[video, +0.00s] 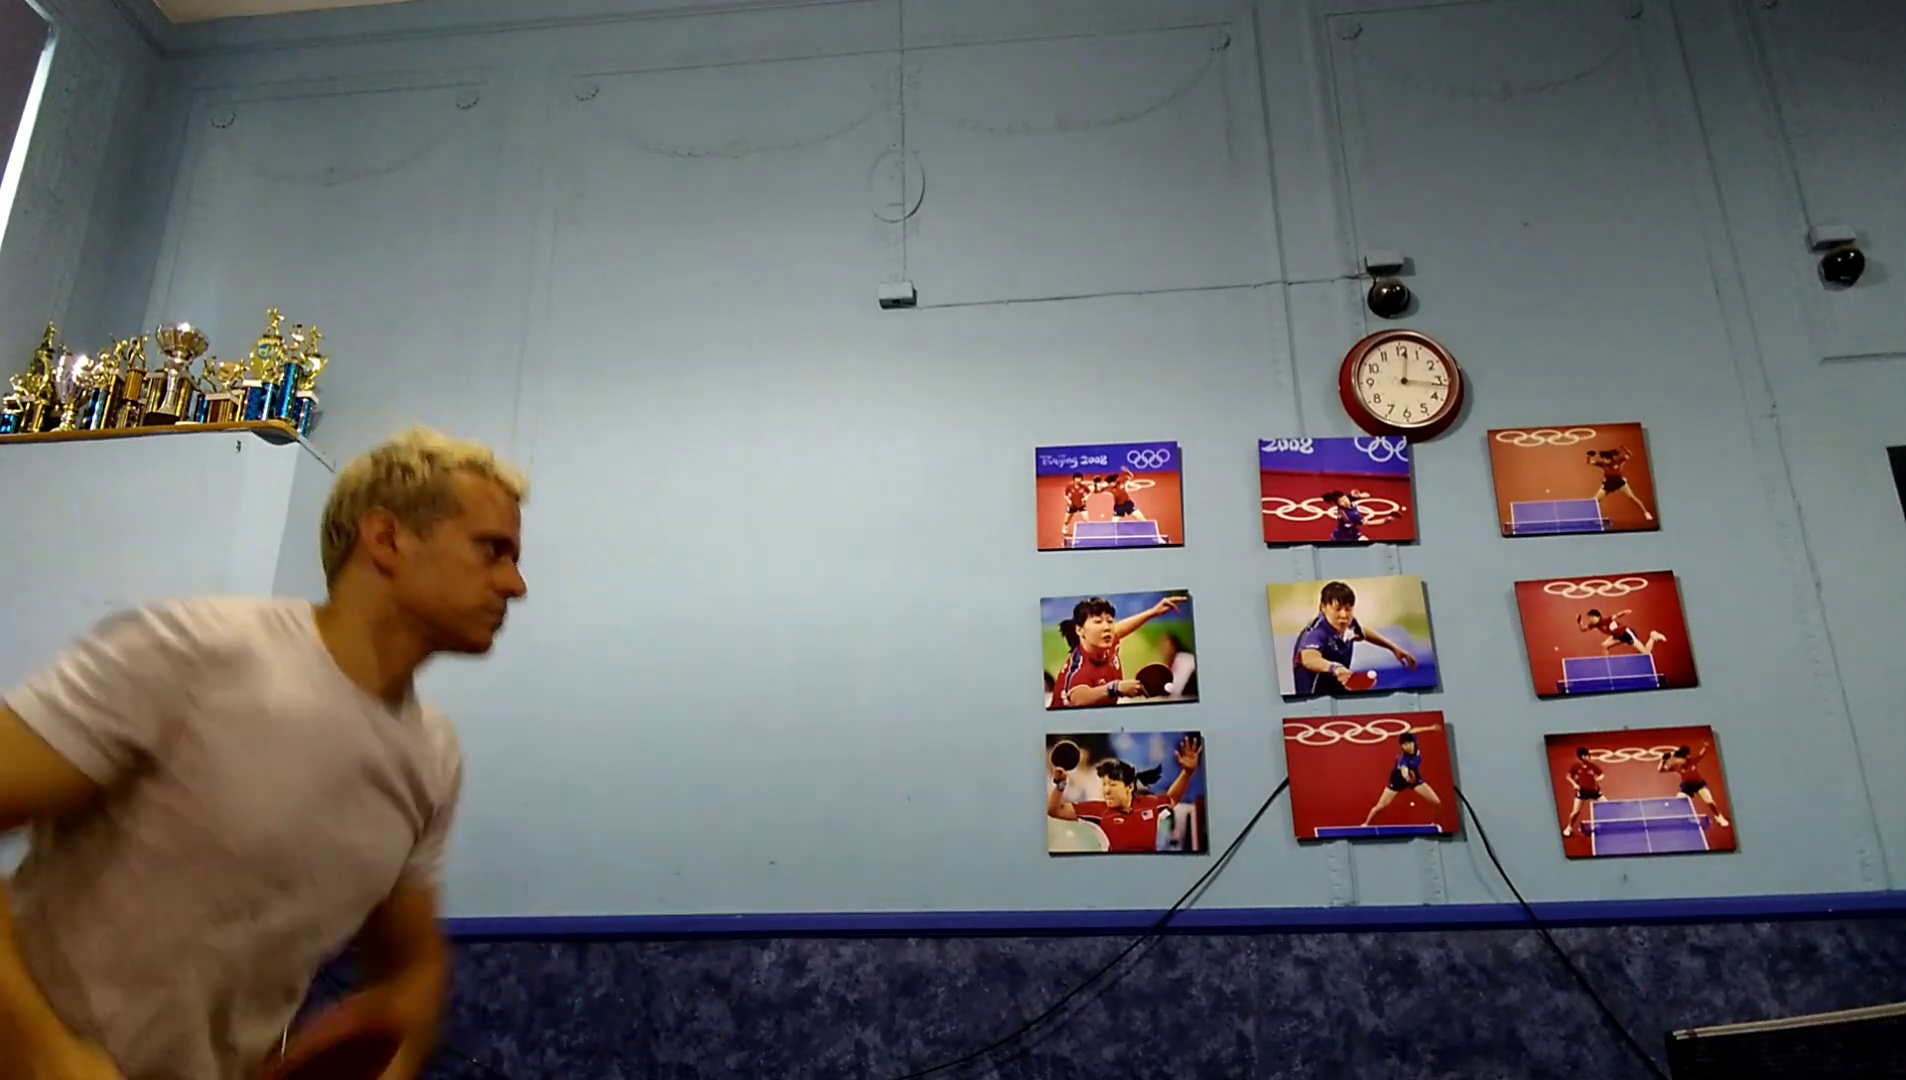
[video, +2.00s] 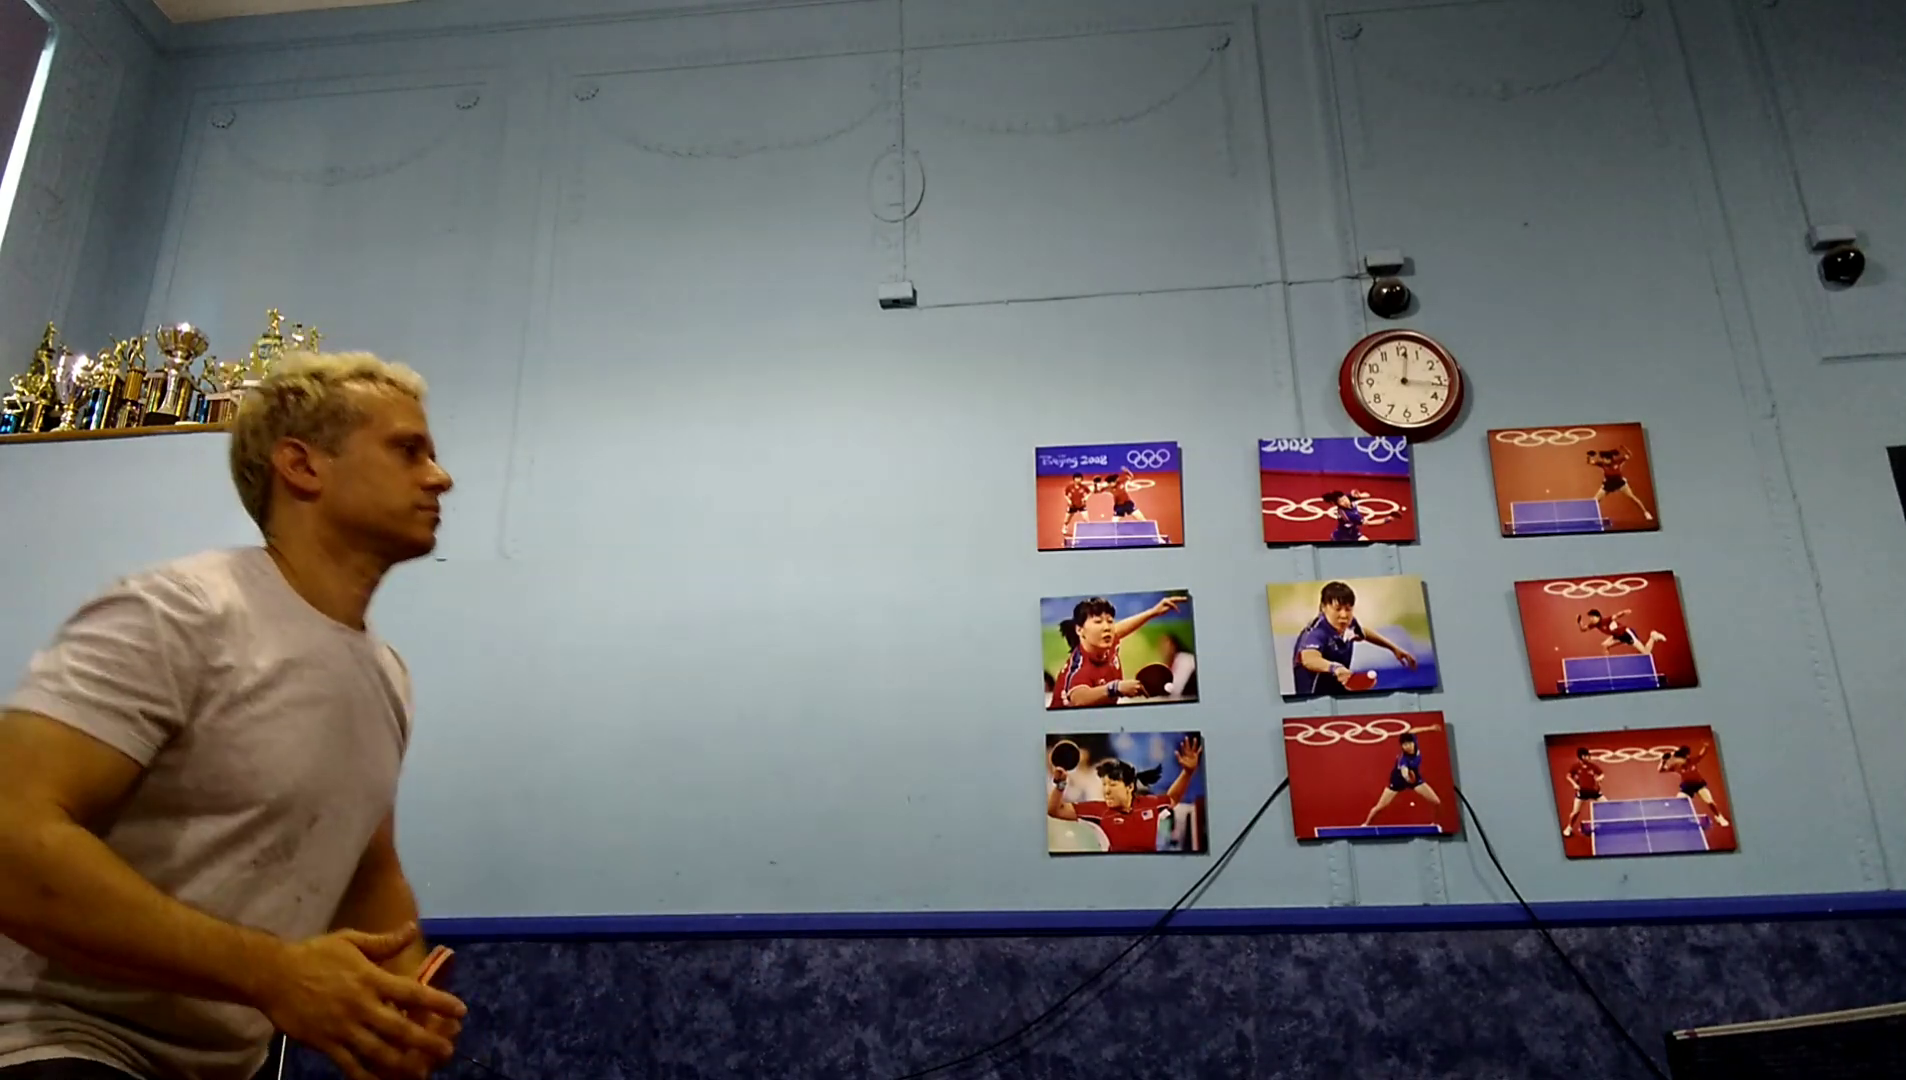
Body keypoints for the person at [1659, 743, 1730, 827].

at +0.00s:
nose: (1679, 761)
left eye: (1681, 759)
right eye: (1678, 760)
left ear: (1686, 757)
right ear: (1676, 759)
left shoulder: (1692, 761)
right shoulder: (1676, 766)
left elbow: (1700, 755)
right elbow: (1661, 770)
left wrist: (1705, 747)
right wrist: (1663, 760)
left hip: (1699, 784)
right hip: (1686, 786)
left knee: (1710, 802)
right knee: (1678, 803)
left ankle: (1719, 817)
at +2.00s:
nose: (1685, 759)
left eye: (1686, 756)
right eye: (1683, 757)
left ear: (1687, 756)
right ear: (1679, 757)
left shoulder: (1692, 760)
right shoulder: (1676, 765)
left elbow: (1701, 755)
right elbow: (1661, 770)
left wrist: (1705, 747)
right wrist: (1663, 760)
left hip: (1699, 784)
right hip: (1686, 786)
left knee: (1710, 802)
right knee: (1678, 803)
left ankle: (1718, 817)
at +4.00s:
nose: (1686, 759)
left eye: (1687, 757)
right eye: (1684, 758)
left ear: (1688, 757)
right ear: (1679, 759)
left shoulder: (1693, 761)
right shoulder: (1677, 766)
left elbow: (1701, 755)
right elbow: (1661, 771)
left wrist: (1705, 747)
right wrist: (1662, 761)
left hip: (1699, 784)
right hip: (1686, 785)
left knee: (1710, 802)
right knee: (1679, 802)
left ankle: (1718, 816)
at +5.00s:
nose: (1679, 762)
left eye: (1681, 760)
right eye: (1677, 760)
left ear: (1686, 757)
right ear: (1676, 759)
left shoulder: (1693, 761)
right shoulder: (1676, 766)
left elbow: (1701, 755)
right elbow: (1660, 771)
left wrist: (1705, 747)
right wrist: (1663, 761)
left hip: (1699, 784)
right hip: (1686, 785)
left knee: (1710, 802)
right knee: (1679, 802)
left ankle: (1718, 816)